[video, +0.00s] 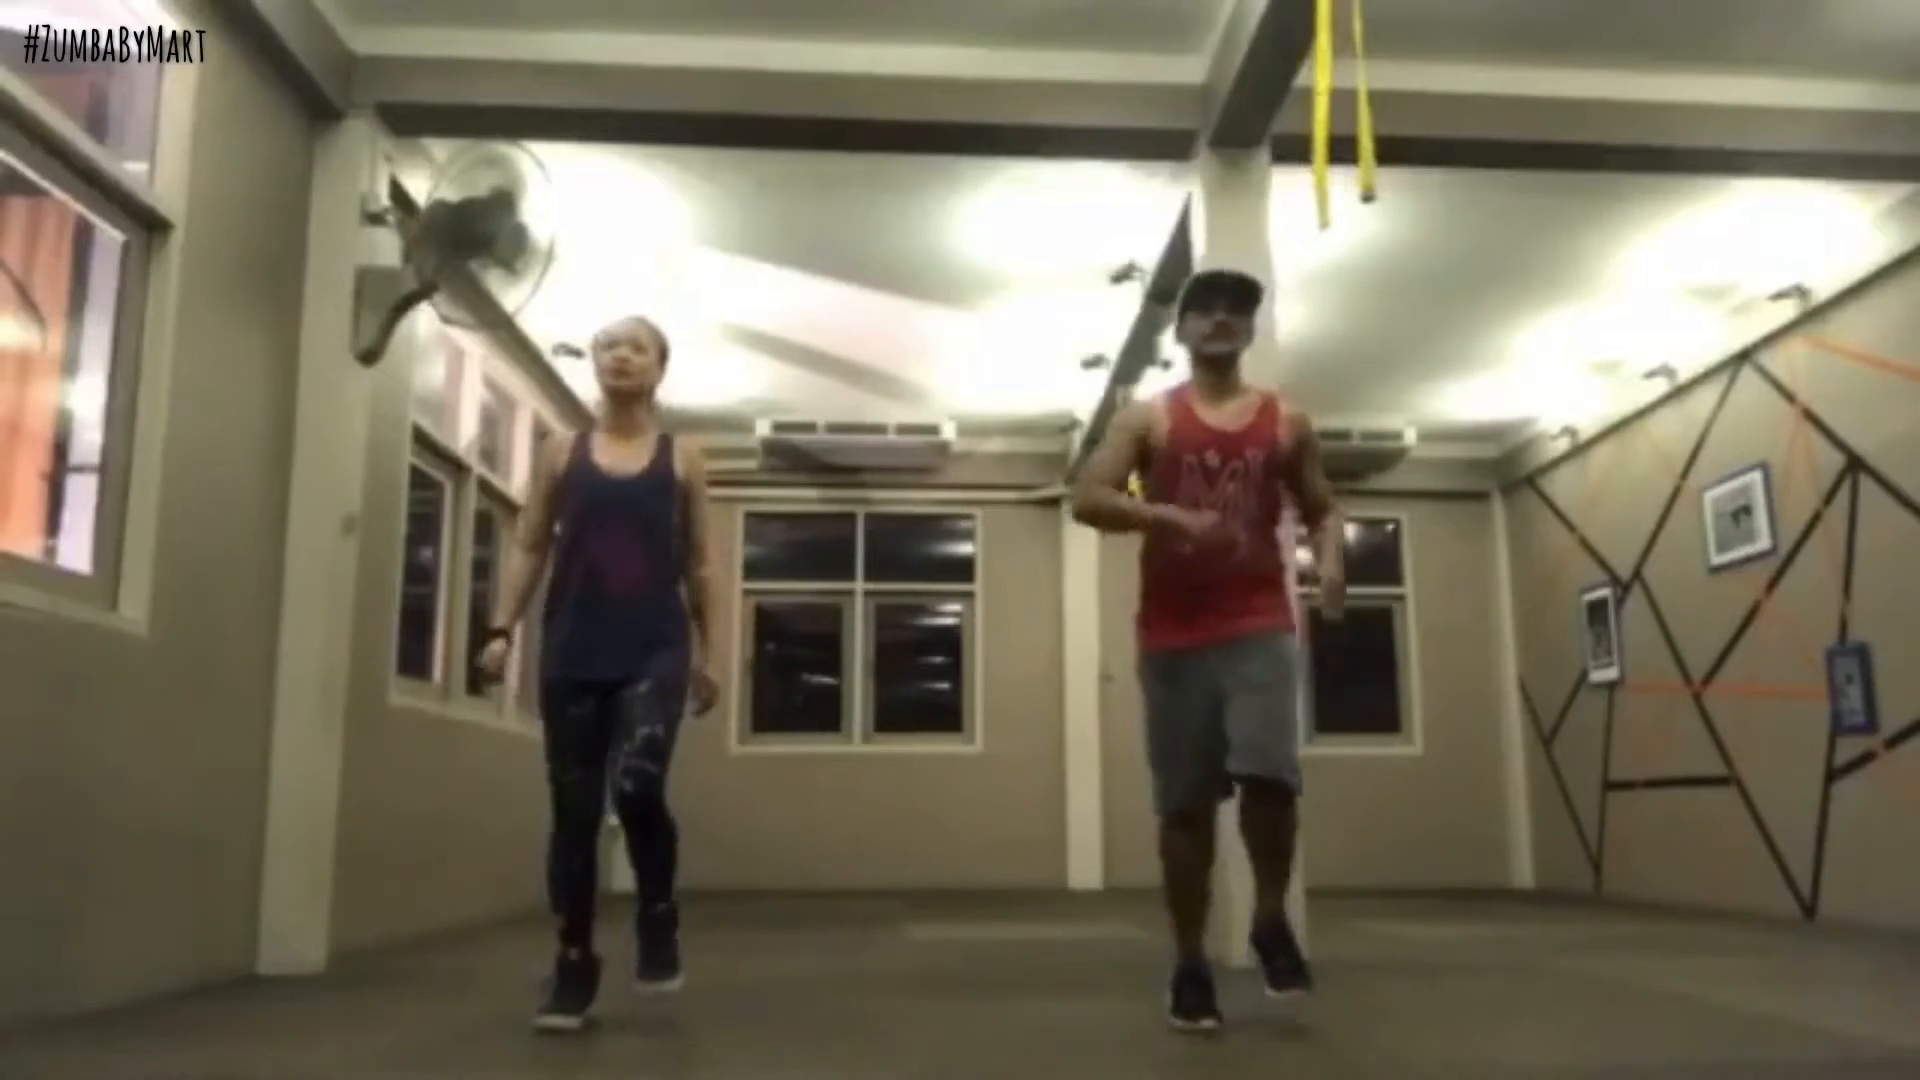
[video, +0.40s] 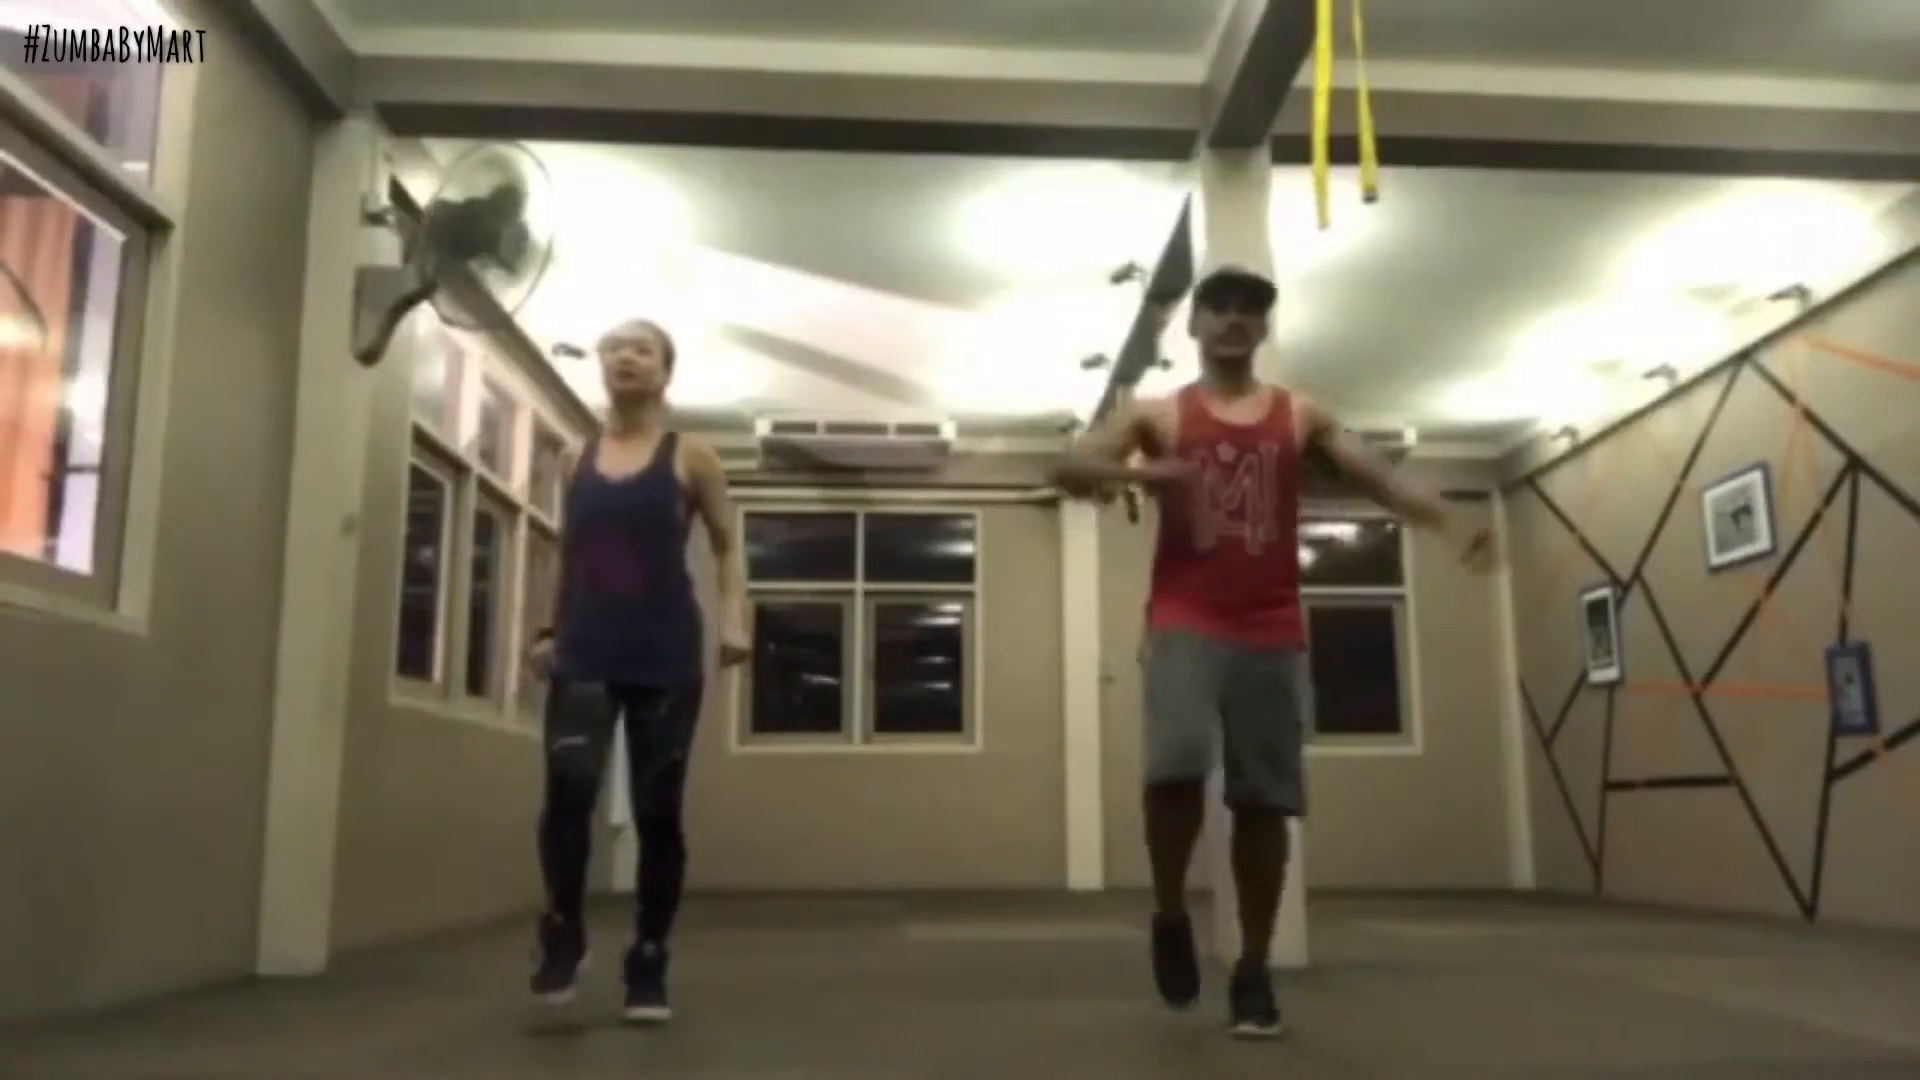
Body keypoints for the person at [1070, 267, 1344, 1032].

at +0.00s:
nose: (1216, 325)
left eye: (1231, 313)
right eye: (1202, 313)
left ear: (1251, 328)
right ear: (1181, 327)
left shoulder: (1284, 423)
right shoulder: (1146, 416)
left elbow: (1320, 510)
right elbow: (1088, 496)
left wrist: (1327, 559)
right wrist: (1166, 517)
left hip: (1260, 629)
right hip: (1175, 637)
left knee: (1270, 783)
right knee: (1187, 806)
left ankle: (1271, 920)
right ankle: (1190, 965)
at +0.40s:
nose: (1235, 323)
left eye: (1249, 312)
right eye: (1221, 310)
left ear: (1267, 327)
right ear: (1194, 323)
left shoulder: (1298, 415)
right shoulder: (1155, 412)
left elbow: (1379, 477)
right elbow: (1071, 468)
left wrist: (1453, 523)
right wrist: (1135, 471)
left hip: (1271, 626)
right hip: (1186, 621)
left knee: (1264, 803)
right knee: (1177, 771)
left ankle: (1255, 969)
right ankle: (1170, 916)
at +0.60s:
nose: (1245, 323)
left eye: (1258, 310)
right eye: (1230, 311)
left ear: (1277, 321)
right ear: (1207, 325)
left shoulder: (1309, 405)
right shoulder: (1180, 399)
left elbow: (1404, 443)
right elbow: (1084, 423)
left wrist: (1450, 379)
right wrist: (992, 417)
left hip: (1277, 620)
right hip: (1200, 609)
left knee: (1237, 796)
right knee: (1209, 779)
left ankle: (1201, 965)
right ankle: (1179, 967)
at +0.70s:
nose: (1257, 332)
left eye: (1270, 318)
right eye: (1240, 320)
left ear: (1288, 328)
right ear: (1216, 332)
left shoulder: (1320, 421)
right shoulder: (1197, 412)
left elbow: (1406, 476)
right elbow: (1096, 436)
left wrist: (1376, 390)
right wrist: (997, 446)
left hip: (1286, 637)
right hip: (1210, 634)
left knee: (1270, 813)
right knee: (1216, 808)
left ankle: (1202, 975)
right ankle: (1181, 986)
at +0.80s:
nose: (1271, 336)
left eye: (1284, 323)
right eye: (1255, 322)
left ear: (1300, 333)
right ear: (1226, 333)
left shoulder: (1328, 424)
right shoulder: (1207, 412)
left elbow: (1434, 460)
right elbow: (1108, 431)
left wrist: (1423, 427)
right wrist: (1007, 437)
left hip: (1300, 633)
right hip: (1214, 635)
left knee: (1364, 771)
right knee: (1203, 808)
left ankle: (1271, 913)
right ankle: (1178, 984)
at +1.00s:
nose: (1308, 316)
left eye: (1320, 304)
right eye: (1293, 304)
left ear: (1336, 312)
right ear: (1263, 316)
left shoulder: (1371, 387)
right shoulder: (1230, 393)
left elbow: (1498, 401)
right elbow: (1133, 413)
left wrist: (1625, 383)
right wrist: (1154, 346)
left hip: (1354, 624)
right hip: (1258, 627)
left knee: (1430, 777)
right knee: (1227, 795)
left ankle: (1467, 912)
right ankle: (1193, 975)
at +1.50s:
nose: (1345, 331)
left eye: (1355, 318)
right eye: (1329, 319)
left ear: (1371, 325)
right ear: (1299, 330)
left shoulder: (1404, 403)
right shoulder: (1275, 410)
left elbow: (1508, 459)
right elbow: (1169, 442)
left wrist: (1474, 406)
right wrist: (1073, 473)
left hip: (1408, 631)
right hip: (1320, 635)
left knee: (1458, 803)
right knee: (1315, 794)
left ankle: (1511, 965)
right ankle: (1266, 938)